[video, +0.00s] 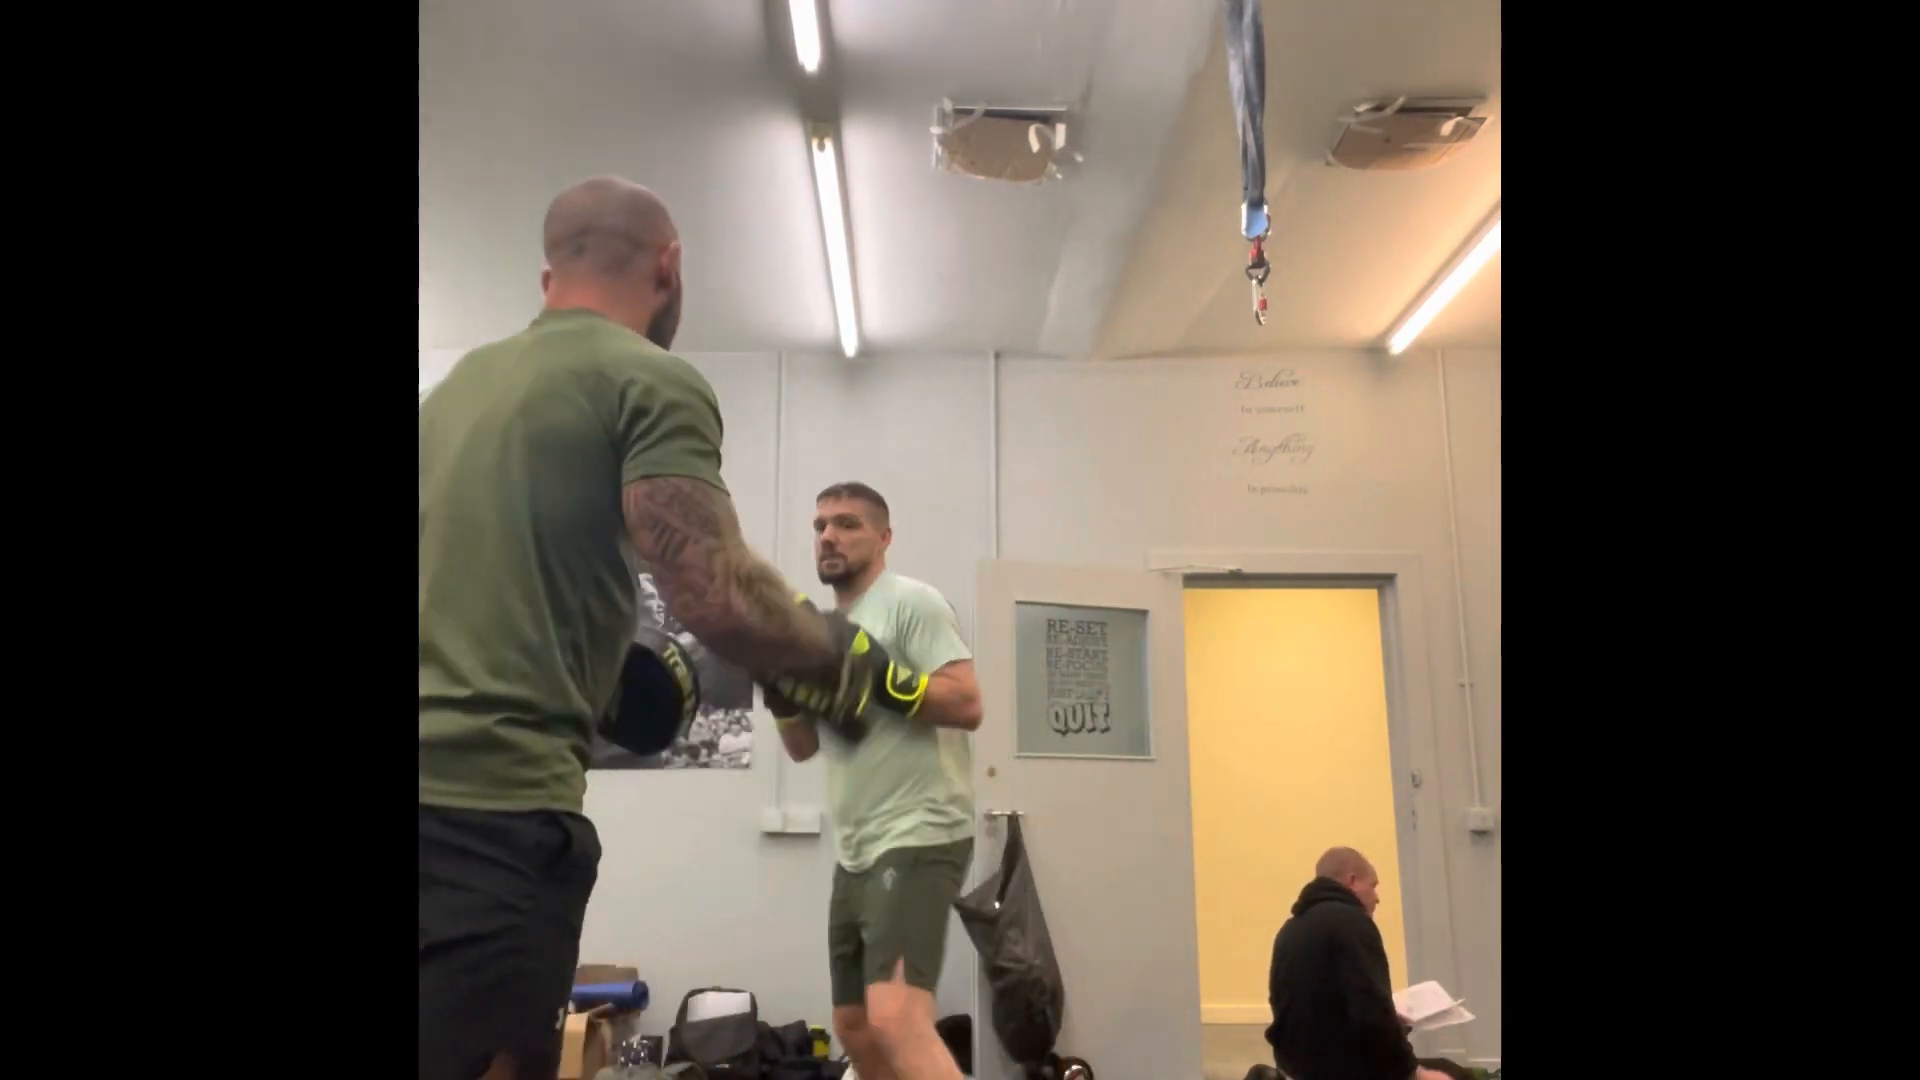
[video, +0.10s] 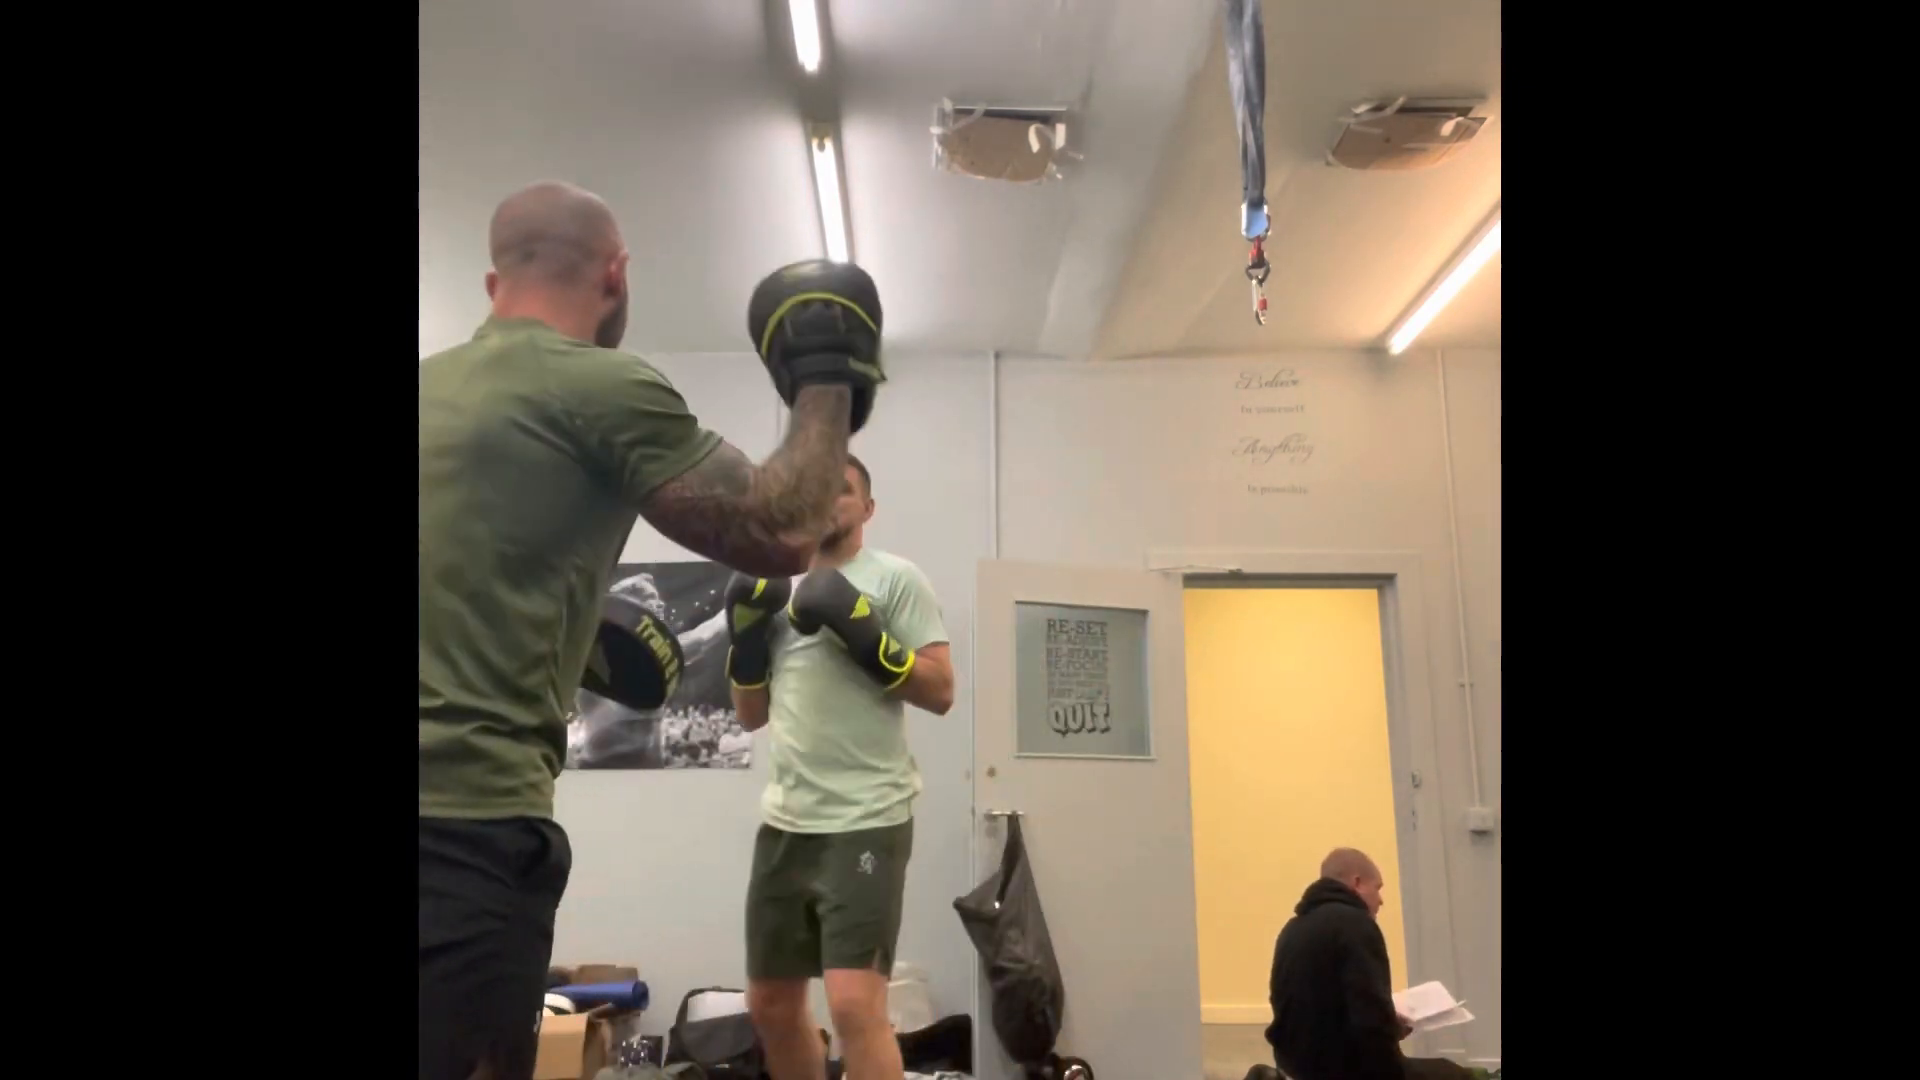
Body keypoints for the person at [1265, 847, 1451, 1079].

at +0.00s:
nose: (1377, 899)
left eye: (1376, 887)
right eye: (1373, 886)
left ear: (1323, 883)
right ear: (1352, 883)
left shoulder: (1290, 929)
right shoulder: (1352, 922)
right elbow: (1372, 1013)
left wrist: (1385, 1018)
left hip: (1299, 1065)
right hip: (1349, 1068)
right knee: (1449, 1070)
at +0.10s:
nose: (1381, 900)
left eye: (1380, 890)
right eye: (1378, 889)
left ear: (1329, 884)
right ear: (1356, 884)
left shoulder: (1292, 929)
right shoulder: (1357, 925)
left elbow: (1287, 1010)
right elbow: (1370, 1019)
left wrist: (1383, 1017)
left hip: (1299, 1066)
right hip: (1351, 1071)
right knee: (1450, 1071)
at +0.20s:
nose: (1388, 906)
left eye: (1389, 894)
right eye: (1386, 893)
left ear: (1359, 885)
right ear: (1363, 886)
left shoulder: (1297, 928)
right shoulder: (1364, 929)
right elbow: (1375, 1028)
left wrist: (1386, 1024)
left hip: (1297, 1067)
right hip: (1348, 1071)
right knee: (1450, 1071)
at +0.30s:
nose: (1397, 912)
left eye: (1399, 900)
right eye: (1396, 899)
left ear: (1349, 889)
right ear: (1374, 890)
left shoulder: (1306, 928)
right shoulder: (1374, 932)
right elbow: (1381, 1033)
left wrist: (1394, 1023)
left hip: (1296, 1065)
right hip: (1348, 1071)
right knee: (1450, 1071)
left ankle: (1276, 1074)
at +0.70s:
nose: (1411, 921)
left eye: (1413, 909)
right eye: (1410, 907)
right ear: (1388, 894)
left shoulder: (1320, 926)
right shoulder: (1386, 933)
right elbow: (1387, 1027)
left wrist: (1400, 1045)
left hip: (1293, 1057)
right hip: (1344, 1067)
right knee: (1455, 1072)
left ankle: (1270, 1074)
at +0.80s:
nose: (1407, 917)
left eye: (1409, 904)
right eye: (1405, 902)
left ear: (1378, 891)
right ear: (1383, 892)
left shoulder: (1314, 928)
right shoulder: (1382, 932)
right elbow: (1385, 1033)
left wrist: (1398, 1044)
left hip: (1295, 1059)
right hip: (1347, 1067)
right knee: (1456, 1072)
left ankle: (1273, 1073)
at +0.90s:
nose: (1402, 911)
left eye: (1402, 899)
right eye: (1399, 897)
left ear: (1350, 886)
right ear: (1376, 887)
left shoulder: (1310, 926)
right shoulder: (1376, 929)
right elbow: (1378, 1027)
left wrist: (1400, 1042)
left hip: (1297, 1059)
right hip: (1349, 1067)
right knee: (1458, 1072)